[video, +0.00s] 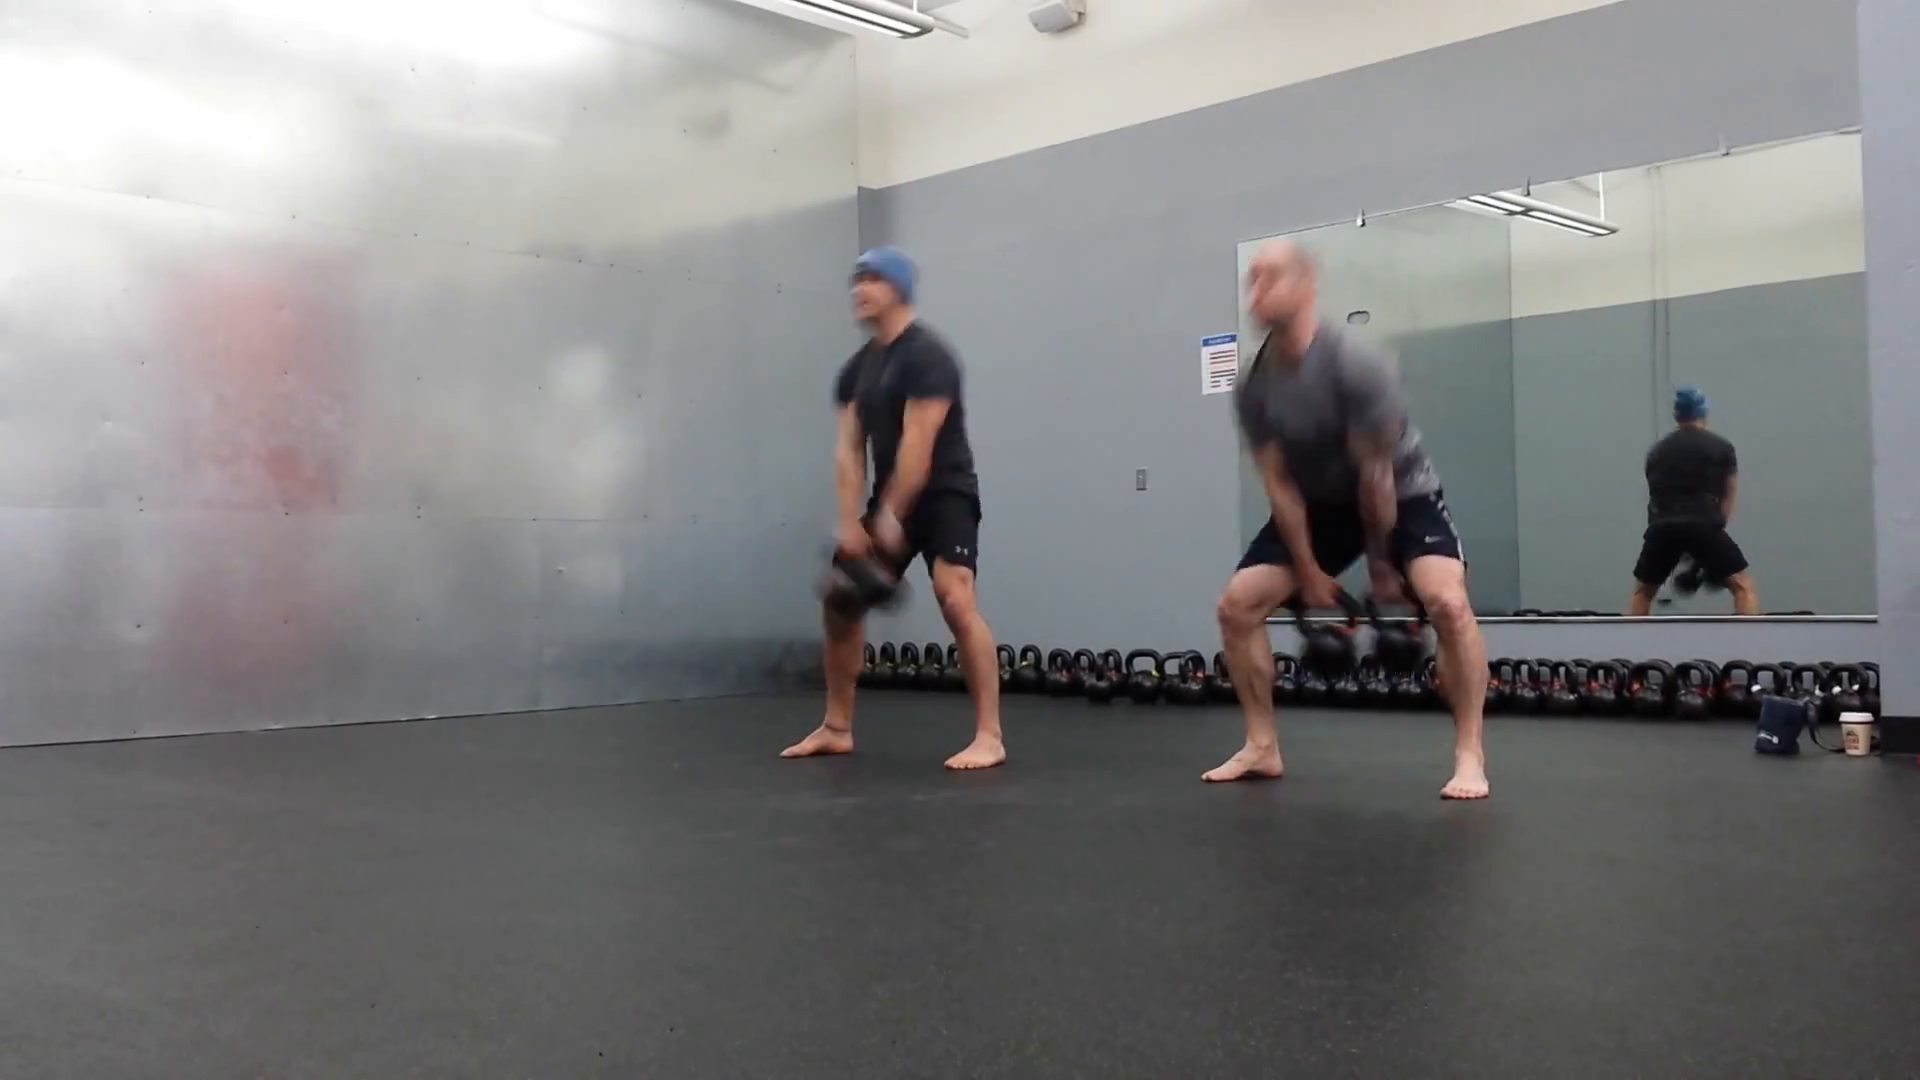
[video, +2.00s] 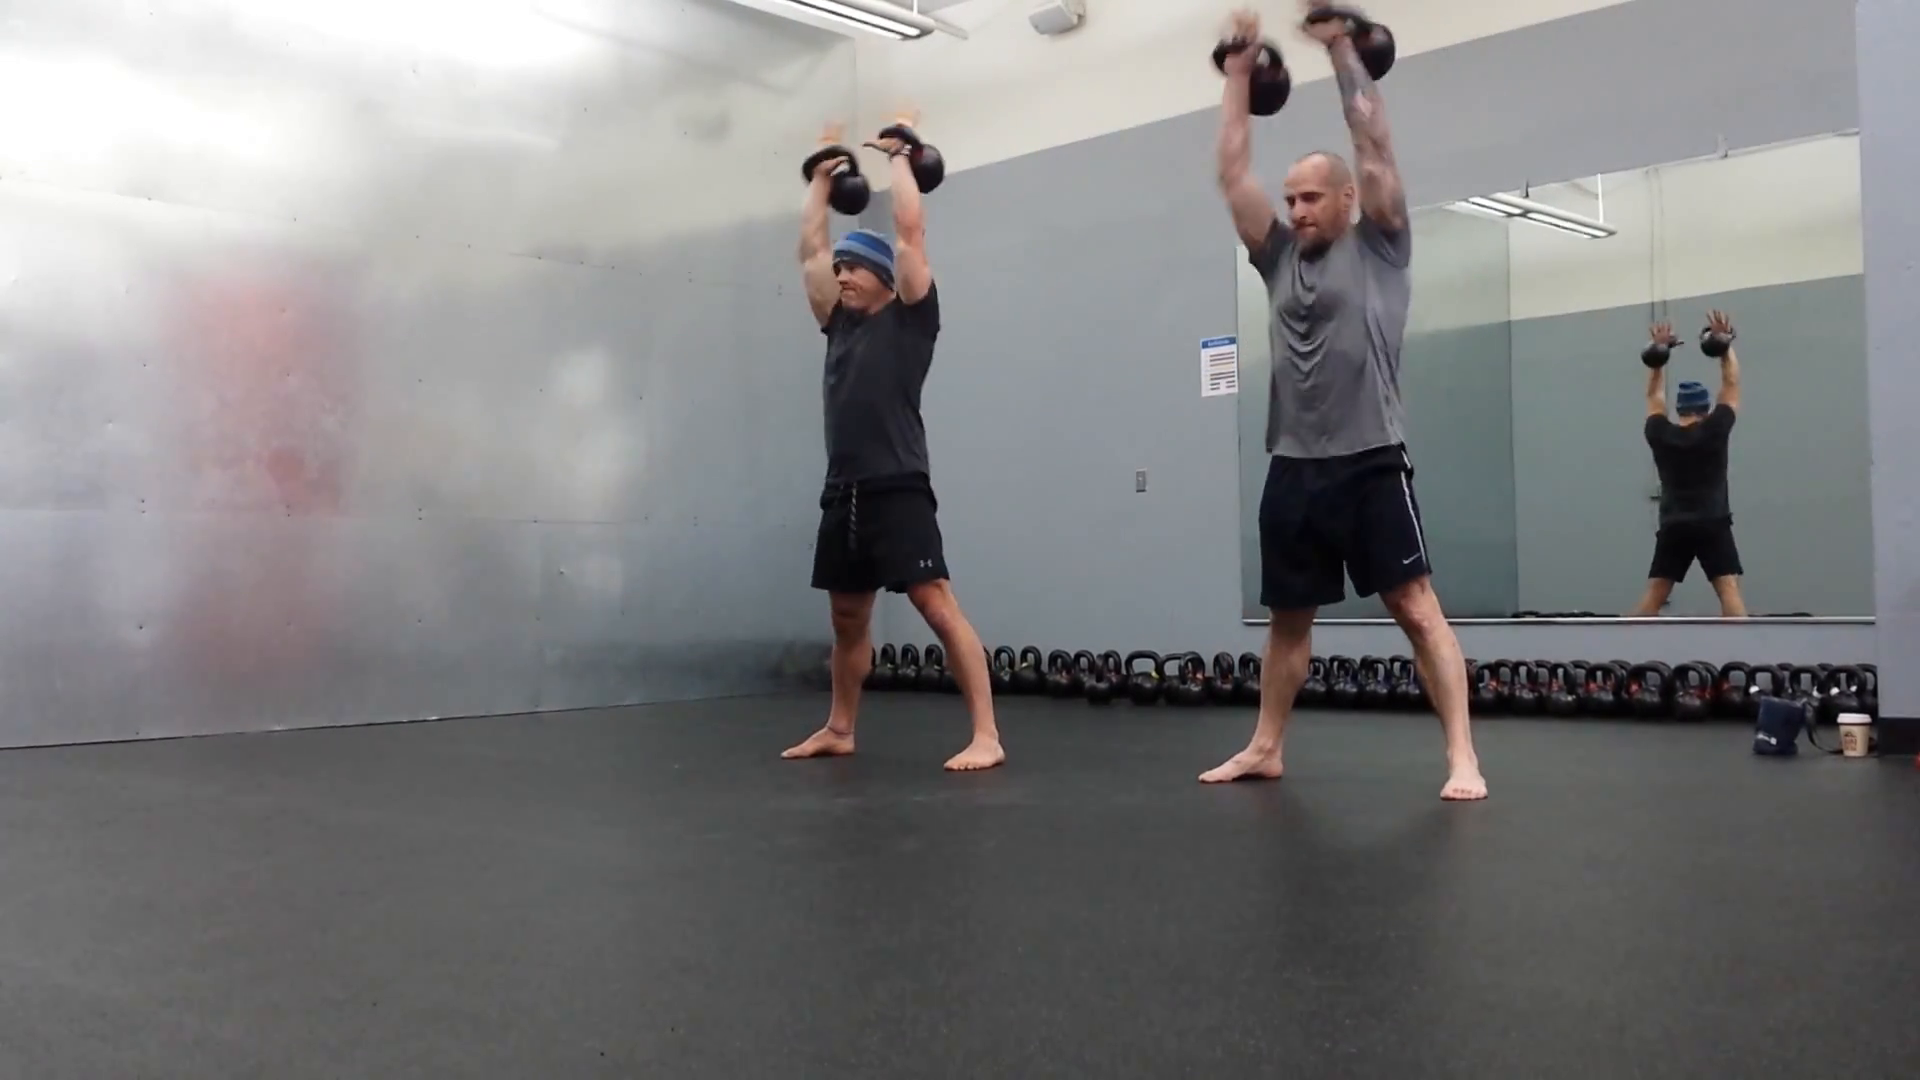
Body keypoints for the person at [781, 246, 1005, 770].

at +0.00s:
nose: (858, 289)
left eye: (870, 280)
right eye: (857, 281)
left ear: (899, 289)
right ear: (860, 293)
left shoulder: (929, 356)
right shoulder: (857, 370)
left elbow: (917, 453)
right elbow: (849, 452)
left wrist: (890, 513)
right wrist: (849, 522)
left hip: (944, 492)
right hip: (891, 494)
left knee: (955, 598)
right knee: (842, 597)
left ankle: (989, 735)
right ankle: (837, 726)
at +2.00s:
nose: (844, 278)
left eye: (854, 269)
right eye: (842, 270)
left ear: (885, 275)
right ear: (841, 280)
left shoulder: (911, 318)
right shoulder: (840, 324)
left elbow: (910, 232)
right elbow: (812, 251)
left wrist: (901, 157)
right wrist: (821, 180)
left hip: (899, 486)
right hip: (843, 490)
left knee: (939, 609)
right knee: (848, 619)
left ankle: (986, 737)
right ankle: (840, 729)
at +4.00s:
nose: (850, 331)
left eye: (858, 319)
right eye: (845, 321)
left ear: (889, 316)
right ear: (846, 324)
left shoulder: (931, 364)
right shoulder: (857, 383)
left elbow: (934, 451)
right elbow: (846, 457)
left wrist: (888, 508)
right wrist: (826, 519)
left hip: (960, 501)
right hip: (908, 511)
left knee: (961, 597)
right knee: (841, 606)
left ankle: (989, 736)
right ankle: (837, 727)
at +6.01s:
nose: (819, 331)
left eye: (831, 321)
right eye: (820, 322)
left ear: (861, 330)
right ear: (827, 334)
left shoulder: (902, 396)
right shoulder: (829, 407)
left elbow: (917, 486)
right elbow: (845, 489)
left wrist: (910, 556)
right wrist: (868, 555)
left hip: (943, 517)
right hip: (882, 522)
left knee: (949, 602)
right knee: (816, 607)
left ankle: (989, 735)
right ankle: (835, 726)